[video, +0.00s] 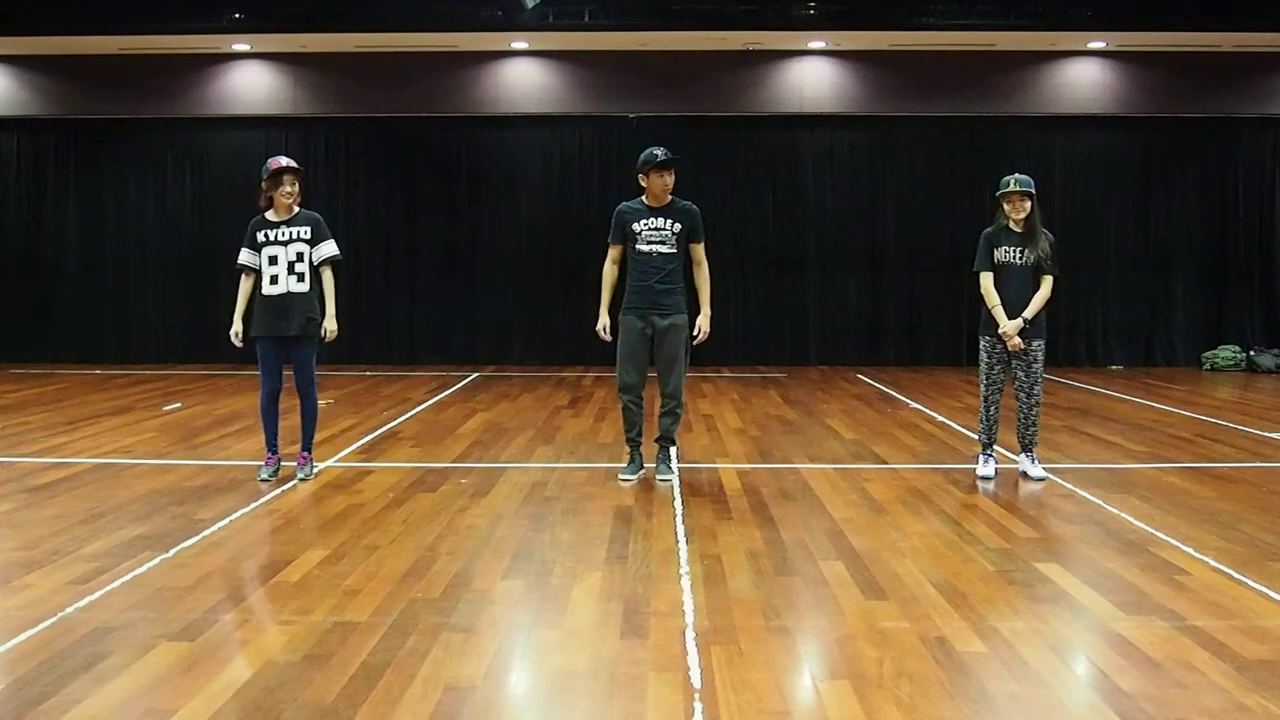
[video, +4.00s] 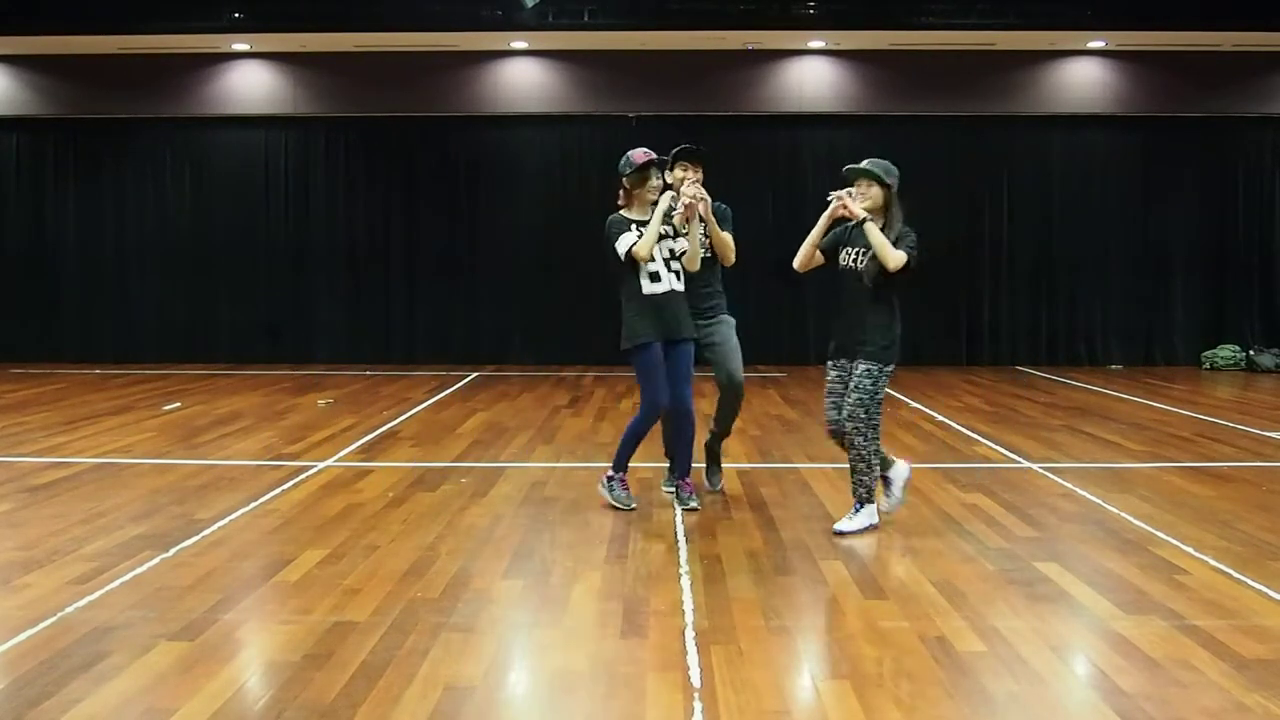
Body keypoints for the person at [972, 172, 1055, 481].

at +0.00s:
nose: (1017, 205)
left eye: (1023, 199)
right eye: (1010, 200)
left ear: (1032, 202)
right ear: (1002, 203)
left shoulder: (1044, 239)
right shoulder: (990, 237)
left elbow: (1046, 287)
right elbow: (987, 286)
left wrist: (1021, 322)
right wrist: (1007, 329)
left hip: (1032, 333)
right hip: (993, 331)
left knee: (1030, 397)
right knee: (991, 395)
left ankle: (1028, 455)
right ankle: (986, 455)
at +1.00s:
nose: (1040, 209)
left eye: (1046, 204)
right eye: (1035, 203)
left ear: (1057, 207)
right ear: (1027, 205)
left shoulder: (1067, 242)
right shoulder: (1012, 238)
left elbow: (1074, 290)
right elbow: (1000, 286)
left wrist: (1079, 338)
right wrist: (1006, 333)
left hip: (1050, 336)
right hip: (1015, 332)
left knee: (1041, 398)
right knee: (1004, 393)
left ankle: (1029, 455)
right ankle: (989, 450)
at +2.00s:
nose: (1004, 193)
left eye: (1013, 189)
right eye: (1001, 188)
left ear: (1027, 196)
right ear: (995, 194)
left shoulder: (1037, 230)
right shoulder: (983, 229)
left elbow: (1052, 256)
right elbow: (951, 258)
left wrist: (1019, 225)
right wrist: (979, 222)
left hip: (1024, 319)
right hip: (988, 320)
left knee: (999, 379)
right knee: (990, 390)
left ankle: (1013, 440)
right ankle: (1001, 459)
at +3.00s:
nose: (955, 190)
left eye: (964, 185)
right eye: (953, 185)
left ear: (981, 194)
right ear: (947, 192)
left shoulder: (994, 229)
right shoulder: (938, 226)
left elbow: (992, 252)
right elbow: (895, 253)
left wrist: (959, 217)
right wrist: (926, 215)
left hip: (976, 333)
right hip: (941, 332)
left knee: (959, 404)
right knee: (948, 409)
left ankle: (968, 479)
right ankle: (979, 467)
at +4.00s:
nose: (858, 192)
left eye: (867, 186)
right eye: (856, 186)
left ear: (887, 191)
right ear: (851, 192)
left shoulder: (901, 234)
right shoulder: (846, 232)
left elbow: (894, 262)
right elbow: (801, 264)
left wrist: (863, 220)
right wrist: (826, 219)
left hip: (877, 345)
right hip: (843, 342)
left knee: (860, 425)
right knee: (837, 426)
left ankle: (865, 506)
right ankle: (892, 469)